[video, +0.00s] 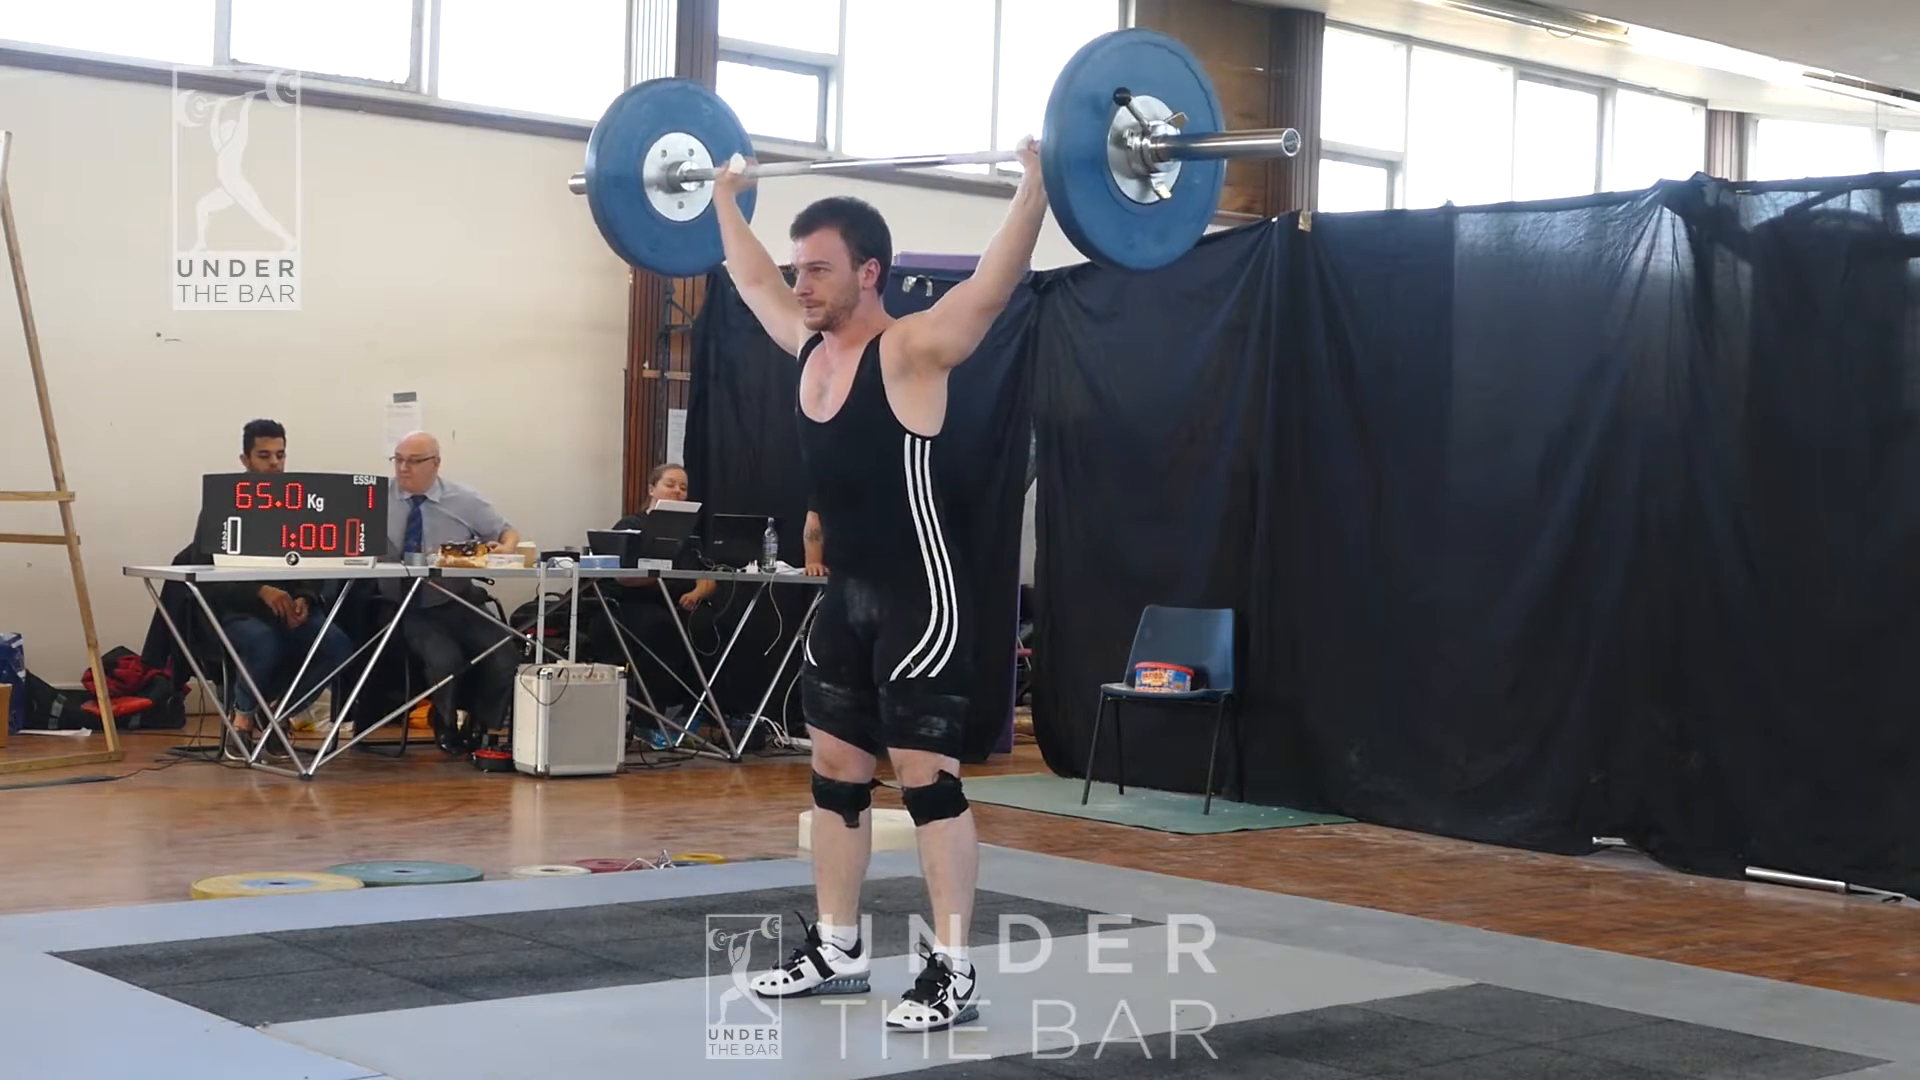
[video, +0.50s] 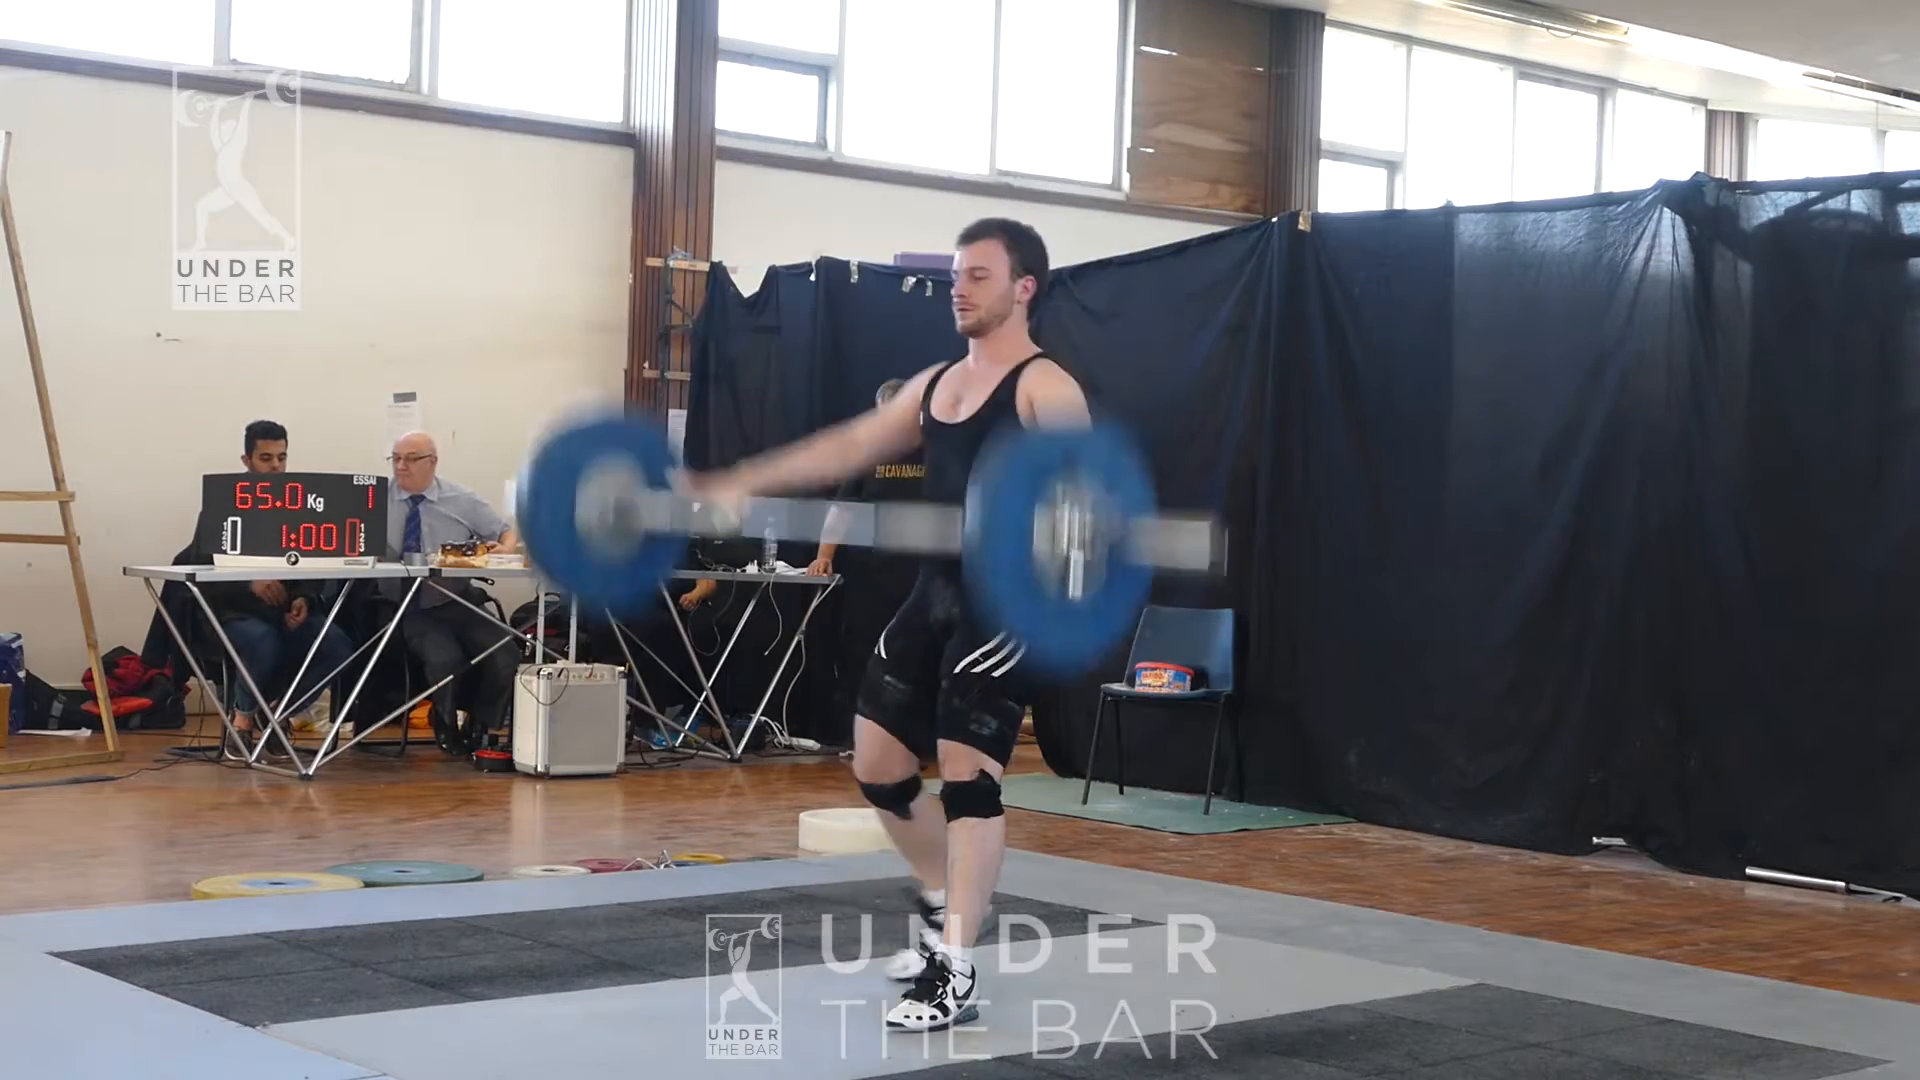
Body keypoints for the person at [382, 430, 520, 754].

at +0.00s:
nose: (403, 468)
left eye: (413, 461)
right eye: (398, 460)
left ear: (435, 465)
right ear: (392, 461)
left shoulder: (462, 500)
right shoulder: (380, 500)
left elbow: (509, 533)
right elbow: (349, 535)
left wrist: (504, 546)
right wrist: (369, 554)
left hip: (459, 601)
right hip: (405, 605)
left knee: (504, 657)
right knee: (445, 659)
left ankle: (479, 727)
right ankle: (445, 723)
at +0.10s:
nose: (403, 468)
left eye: (413, 461)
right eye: (398, 460)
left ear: (435, 465)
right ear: (393, 461)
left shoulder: (462, 501)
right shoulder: (381, 500)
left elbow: (510, 534)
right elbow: (350, 535)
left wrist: (504, 546)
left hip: (459, 601)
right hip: (405, 605)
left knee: (504, 657)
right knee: (444, 658)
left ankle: (478, 727)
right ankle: (444, 722)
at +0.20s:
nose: (403, 467)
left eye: (413, 461)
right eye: (398, 460)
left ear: (435, 464)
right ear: (392, 461)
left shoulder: (462, 501)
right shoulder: (381, 501)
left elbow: (510, 534)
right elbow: (350, 535)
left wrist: (504, 547)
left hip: (459, 602)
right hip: (405, 606)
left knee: (504, 657)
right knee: (444, 658)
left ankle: (478, 728)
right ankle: (444, 722)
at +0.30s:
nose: (402, 466)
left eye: (412, 460)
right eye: (397, 459)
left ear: (434, 463)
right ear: (392, 461)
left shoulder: (461, 500)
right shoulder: (381, 501)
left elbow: (509, 534)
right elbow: (350, 535)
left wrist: (504, 547)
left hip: (459, 602)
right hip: (404, 605)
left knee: (504, 657)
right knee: (444, 658)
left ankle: (478, 728)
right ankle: (444, 722)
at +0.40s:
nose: (402, 466)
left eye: (413, 459)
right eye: (397, 459)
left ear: (433, 463)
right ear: (391, 461)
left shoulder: (461, 501)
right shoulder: (379, 501)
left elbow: (508, 534)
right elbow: (348, 535)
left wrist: (504, 547)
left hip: (458, 602)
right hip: (405, 606)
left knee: (504, 654)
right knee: (445, 658)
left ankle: (479, 726)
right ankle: (444, 721)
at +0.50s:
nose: (401, 466)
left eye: (411, 460)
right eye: (396, 459)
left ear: (432, 463)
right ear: (391, 461)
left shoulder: (460, 501)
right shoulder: (379, 501)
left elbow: (508, 532)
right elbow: (348, 535)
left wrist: (504, 547)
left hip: (459, 602)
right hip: (406, 607)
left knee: (505, 655)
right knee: (445, 658)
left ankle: (480, 726)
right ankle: (444, 720)